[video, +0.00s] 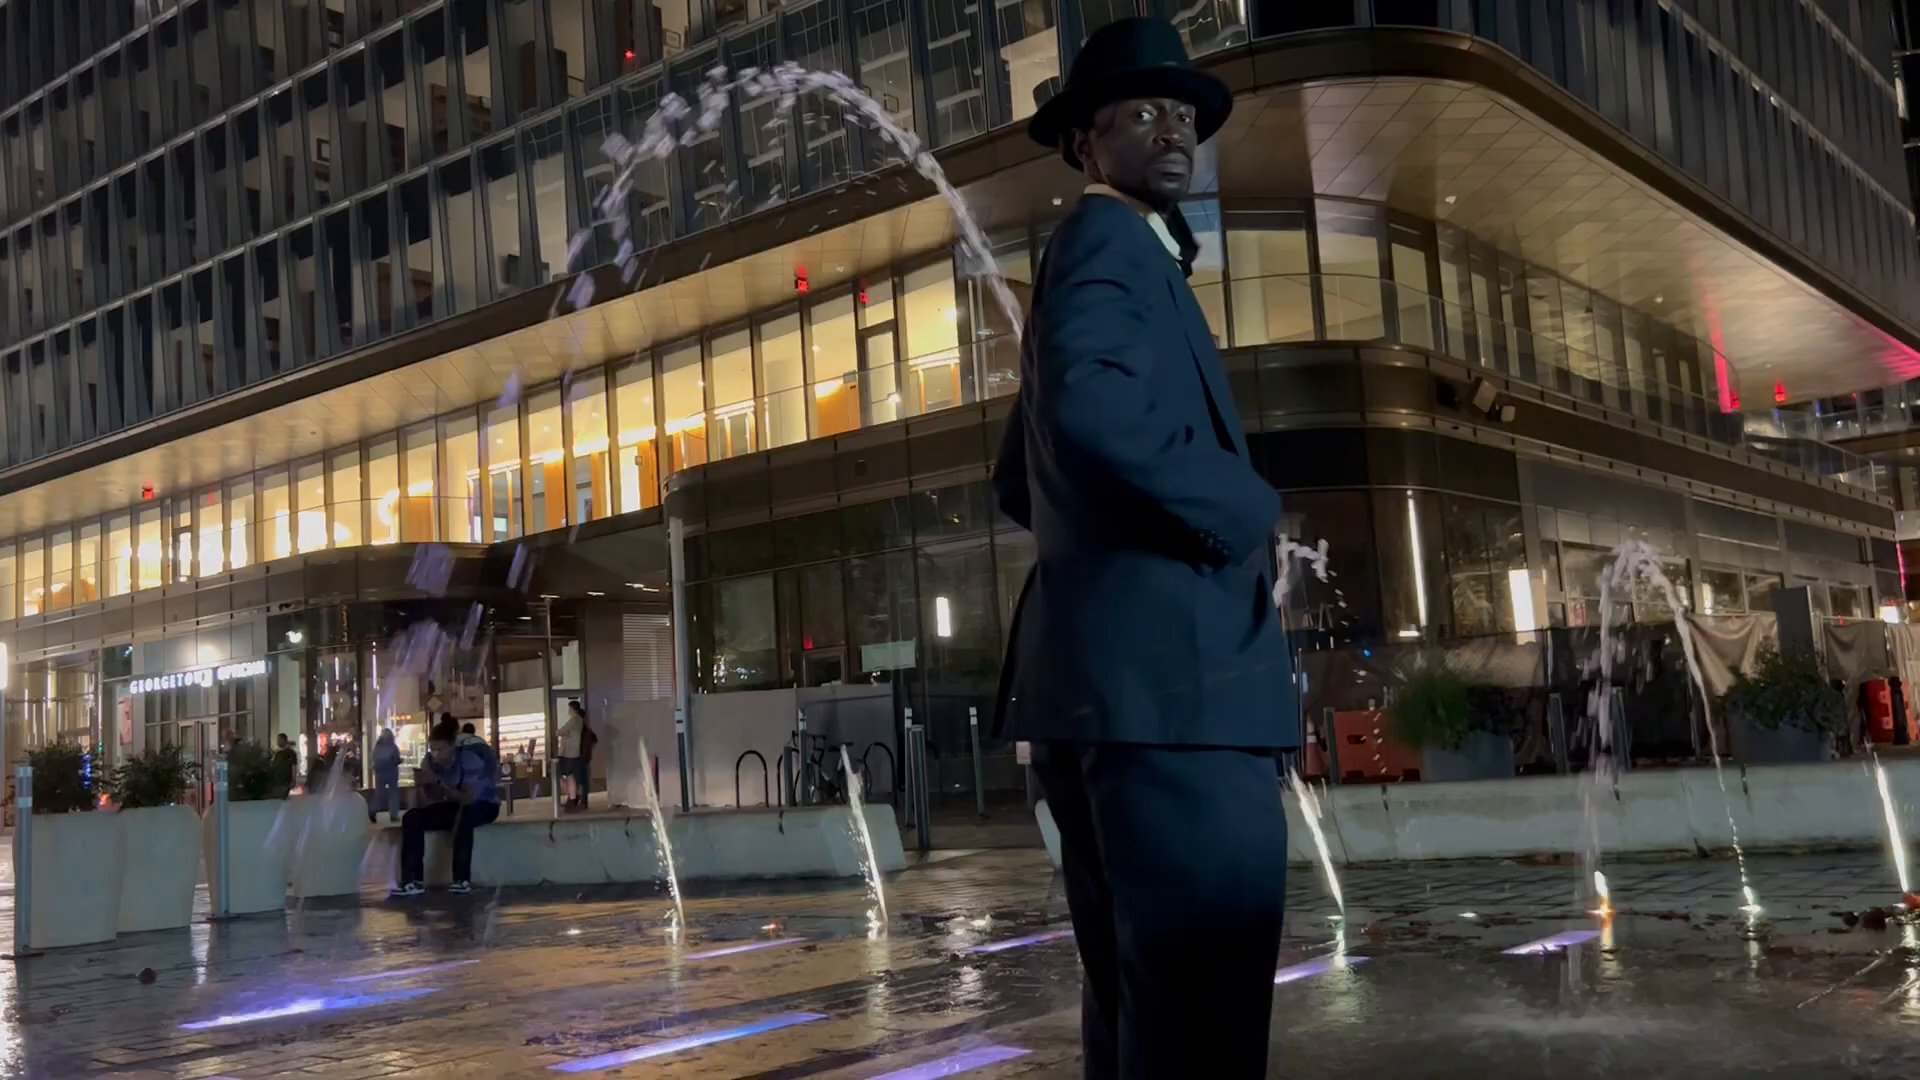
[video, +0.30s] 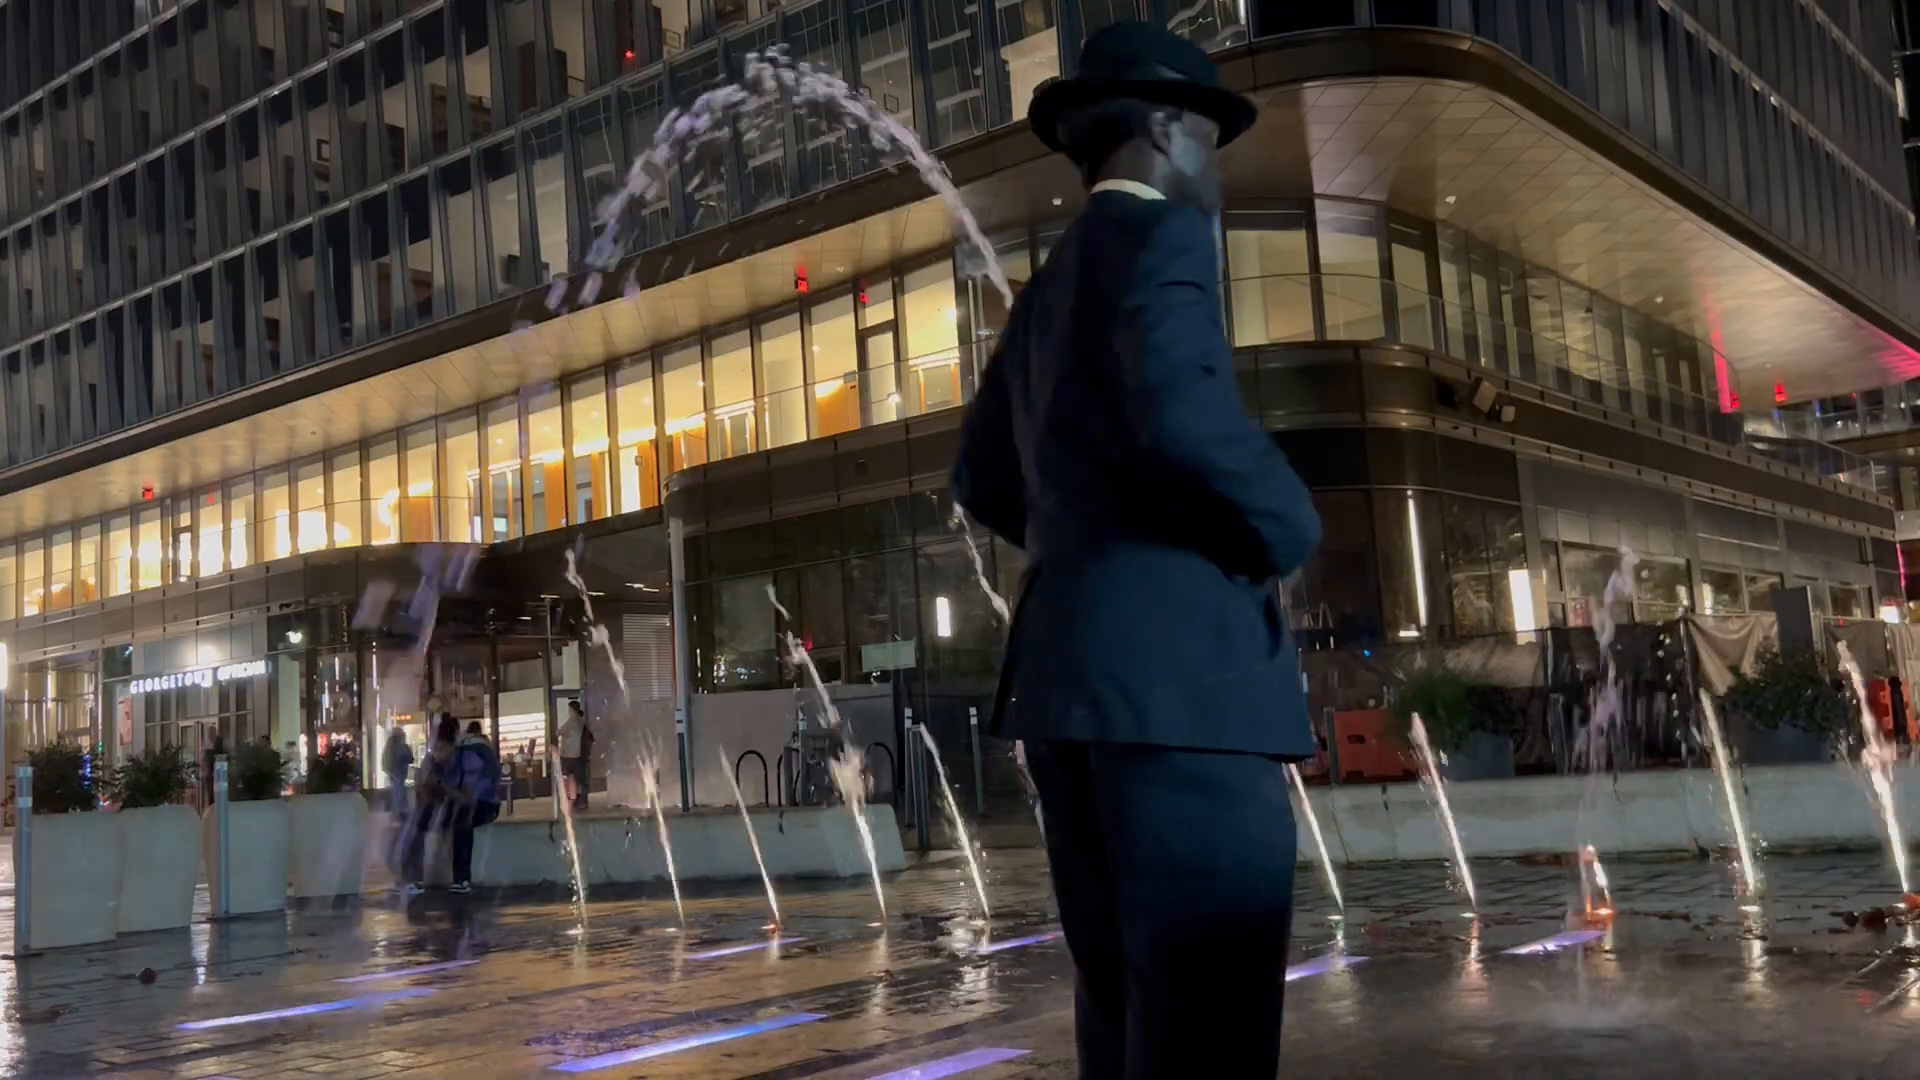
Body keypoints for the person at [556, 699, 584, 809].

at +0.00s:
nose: (568, 711)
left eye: (569, 709)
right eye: (569, 709)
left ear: (572, 709)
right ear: (577, 709)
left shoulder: (574, 720)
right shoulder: (578, 720)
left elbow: (562, 731)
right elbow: (568, 732)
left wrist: (559, 732)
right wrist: (563, 732)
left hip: (570, 754)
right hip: (573, 753)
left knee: (571, 777)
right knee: (564, 776)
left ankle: (572, 799)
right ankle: (570, 798)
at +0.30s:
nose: (569, 712)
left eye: (570, 710)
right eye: (569, 710)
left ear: (572, 710)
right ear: (578, 710)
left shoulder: (572, 722)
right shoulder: (581, 722)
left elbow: (561, 731)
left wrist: (556, 732)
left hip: (568, 755)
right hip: (579, 755)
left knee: (566, 777)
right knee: (581, 779)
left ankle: (570, 798)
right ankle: (582, 799)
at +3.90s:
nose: (567, 710)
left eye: (568, 708)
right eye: (567, 708)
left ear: (569, 709)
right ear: (576, 709)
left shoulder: (566, 721)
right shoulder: (580, 721)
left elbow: (557, 731)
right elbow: (580, 732)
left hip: (566, 752)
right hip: (576, 751)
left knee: (568, 777)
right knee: (573, 777)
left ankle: (568, 799)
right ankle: (575, 797)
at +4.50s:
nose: (565, 710)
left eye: (566, 708)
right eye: (565, 708)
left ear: (568, 708)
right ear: (574, 708)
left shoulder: (567, 719)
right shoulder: (578, 720)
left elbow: (560, 730)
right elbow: (577, 735)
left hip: (566, 753)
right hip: (576, 752)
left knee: (560, 779)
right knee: (573, 777)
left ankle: (555, 804)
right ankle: (575, 798)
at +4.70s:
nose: (564, 709)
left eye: (566, 707)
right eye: (565, 707)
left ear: (569, 708)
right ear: (573, 708)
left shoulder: (570, 719)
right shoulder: (577, 719)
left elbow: (560, 731)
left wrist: (554, 731)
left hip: (568, 753)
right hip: (575, 753)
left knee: (569, 778)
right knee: (572, 778)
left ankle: (571, 802)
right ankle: (573, 800)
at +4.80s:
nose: (564, 709)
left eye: (565, 707)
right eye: (565, 707)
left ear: (568, 708)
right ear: (574, 708)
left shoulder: (569, 719)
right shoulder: (577, 719)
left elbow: (560, 731)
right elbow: (577, 737)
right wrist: (578, 752)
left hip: (567, 753)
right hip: (574, 753)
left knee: (567, 779)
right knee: (572, 778)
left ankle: (570, 800)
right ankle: (573, 798)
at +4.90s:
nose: (564, 710)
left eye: (565, 707)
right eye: (564, 707)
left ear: (568, 708)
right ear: (573, 708)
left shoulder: (569, 719)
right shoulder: (576, 719)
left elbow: (560, 731)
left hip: (568, 752)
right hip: (574, 752)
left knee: (570, 778)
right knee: (572, 777)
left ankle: (571, 801)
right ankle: (574, 800)